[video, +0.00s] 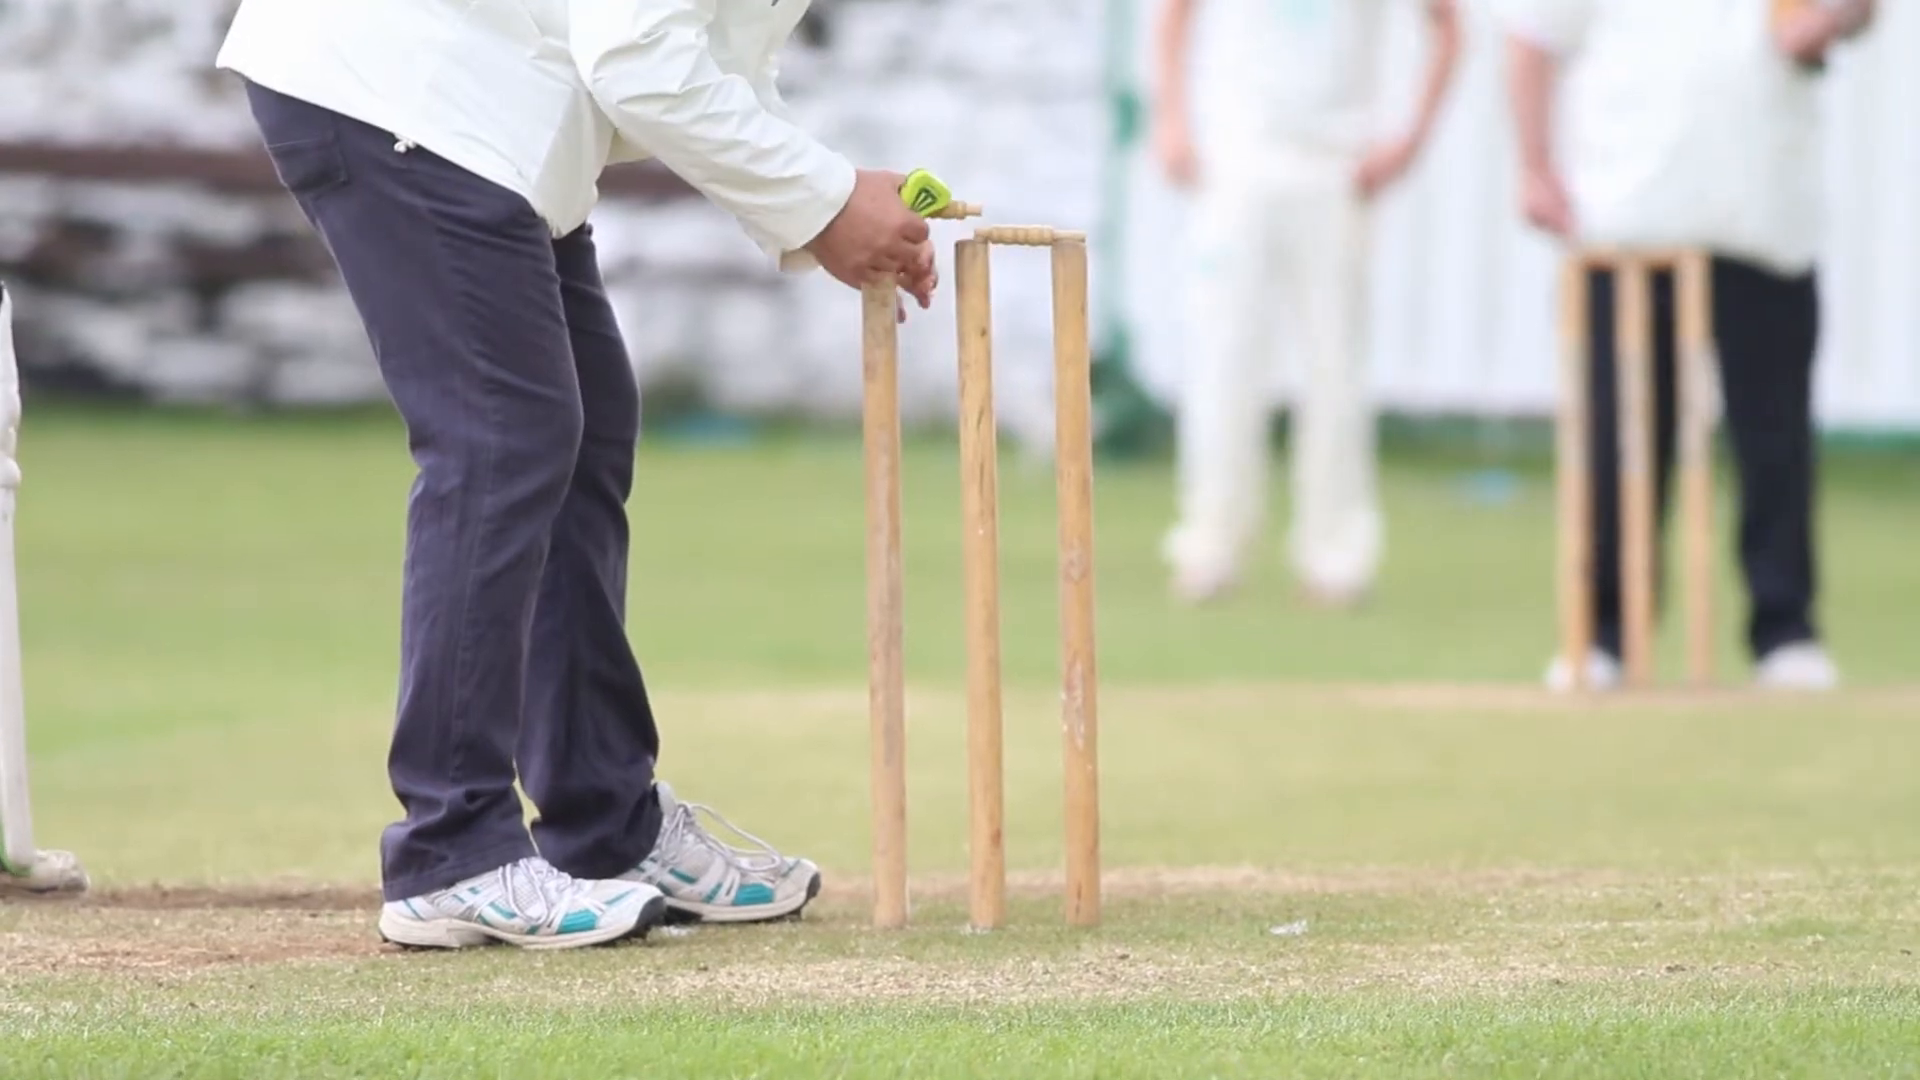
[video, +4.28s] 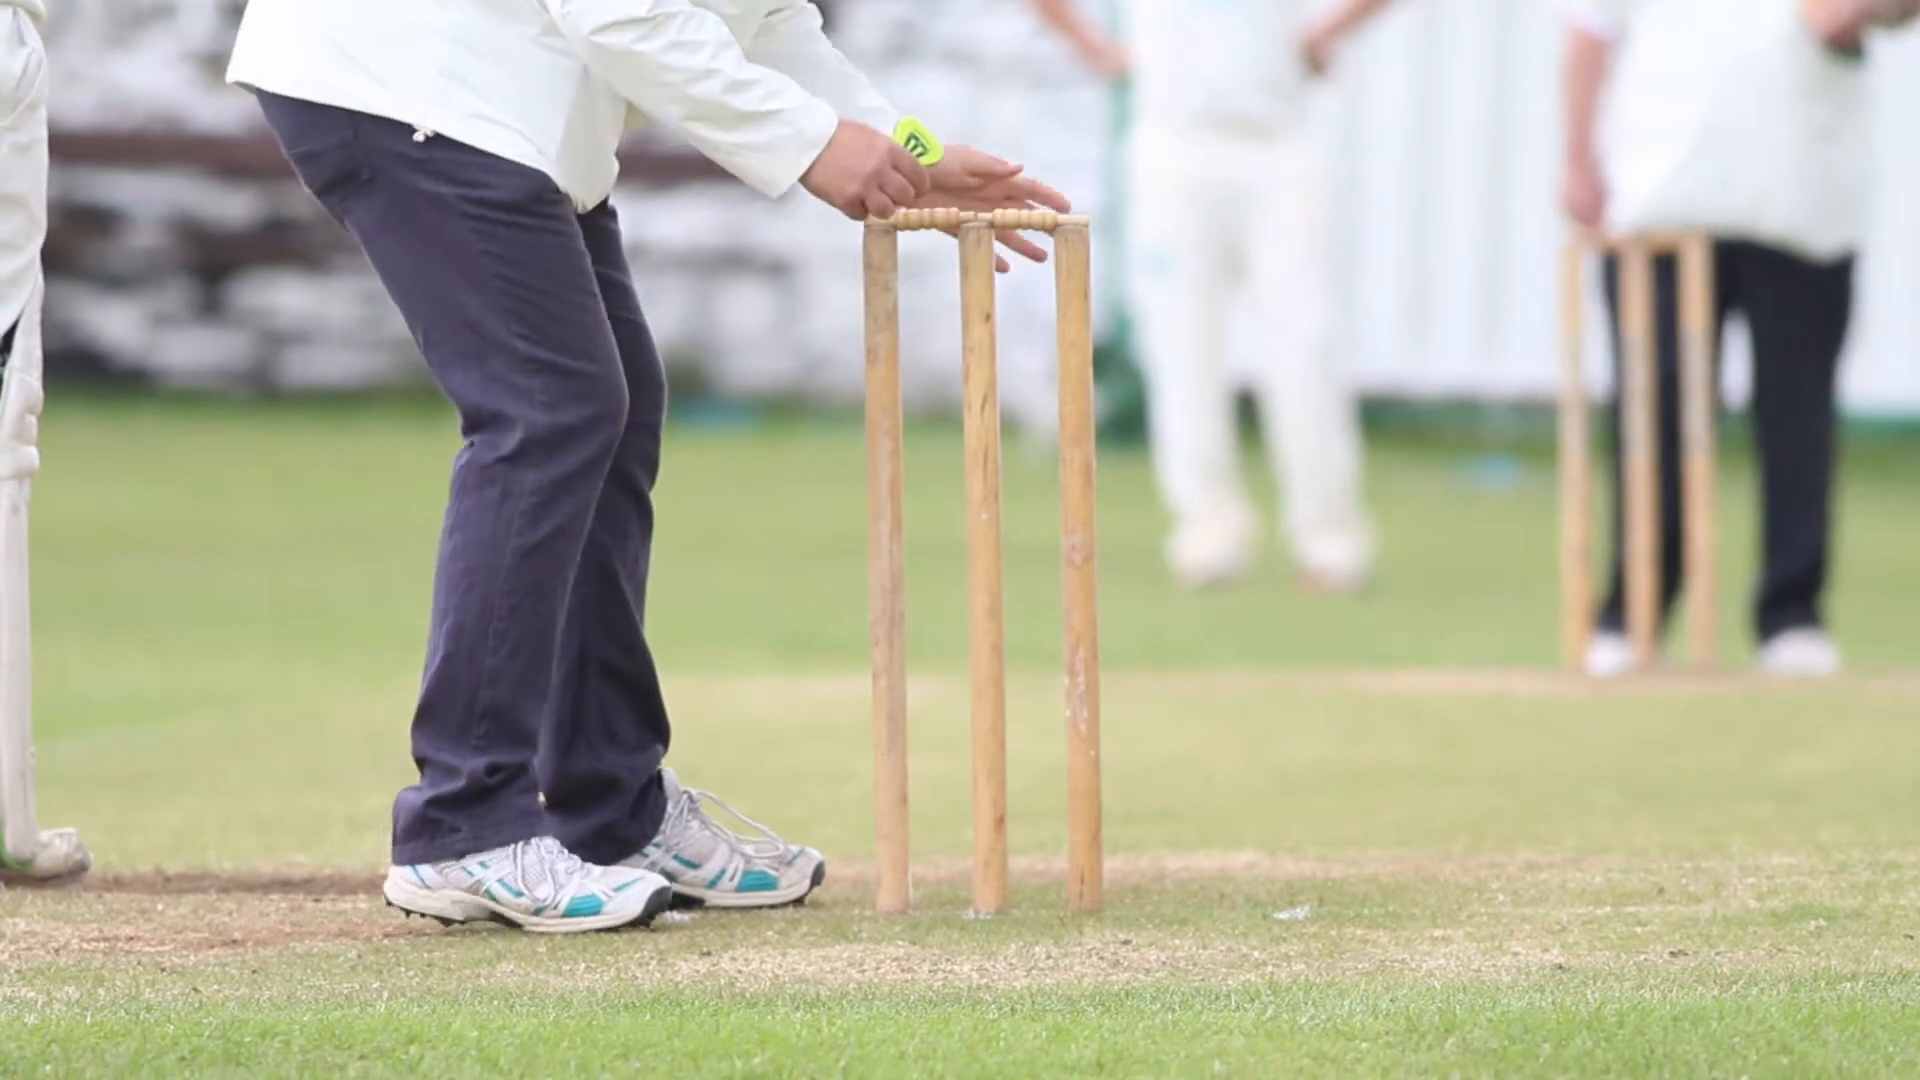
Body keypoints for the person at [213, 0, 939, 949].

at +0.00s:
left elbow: (698, 62)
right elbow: (633, 50)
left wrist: (831, 212)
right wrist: (826, 197)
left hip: (487, 83)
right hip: (385, 63)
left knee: (589, 422)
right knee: (507, 432)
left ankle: (605, 830)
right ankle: (450, 861)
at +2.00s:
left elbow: (809, 84)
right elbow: (646, 65)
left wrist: (959, 186)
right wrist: (826, 202)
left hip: (491, 82)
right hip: (377, 54)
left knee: (586, 414)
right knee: (505, 423)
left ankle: (606, 822)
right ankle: (451, 855)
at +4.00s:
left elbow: (813, 65)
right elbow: (650, 51)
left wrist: (962, 190)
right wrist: (844, 185)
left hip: (487, 73)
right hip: (376, 51)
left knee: (594, 406)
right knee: (507, 416)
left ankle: (607, 815)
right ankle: (454, 846)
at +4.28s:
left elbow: (750, 20)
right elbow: (612, 15)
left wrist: (904, 154)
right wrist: (802, 140)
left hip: (517, 68)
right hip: (394, 53)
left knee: (620, 401)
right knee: (552, 405)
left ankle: (608, 809)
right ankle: (463, 828)